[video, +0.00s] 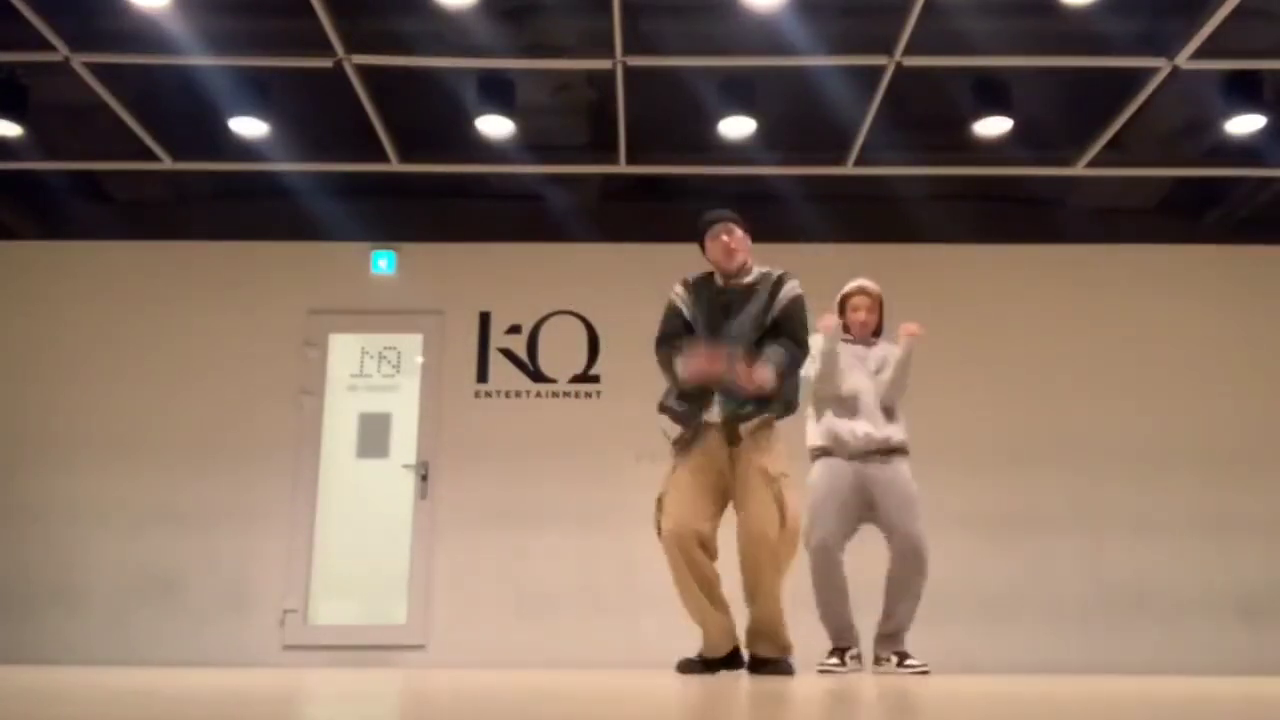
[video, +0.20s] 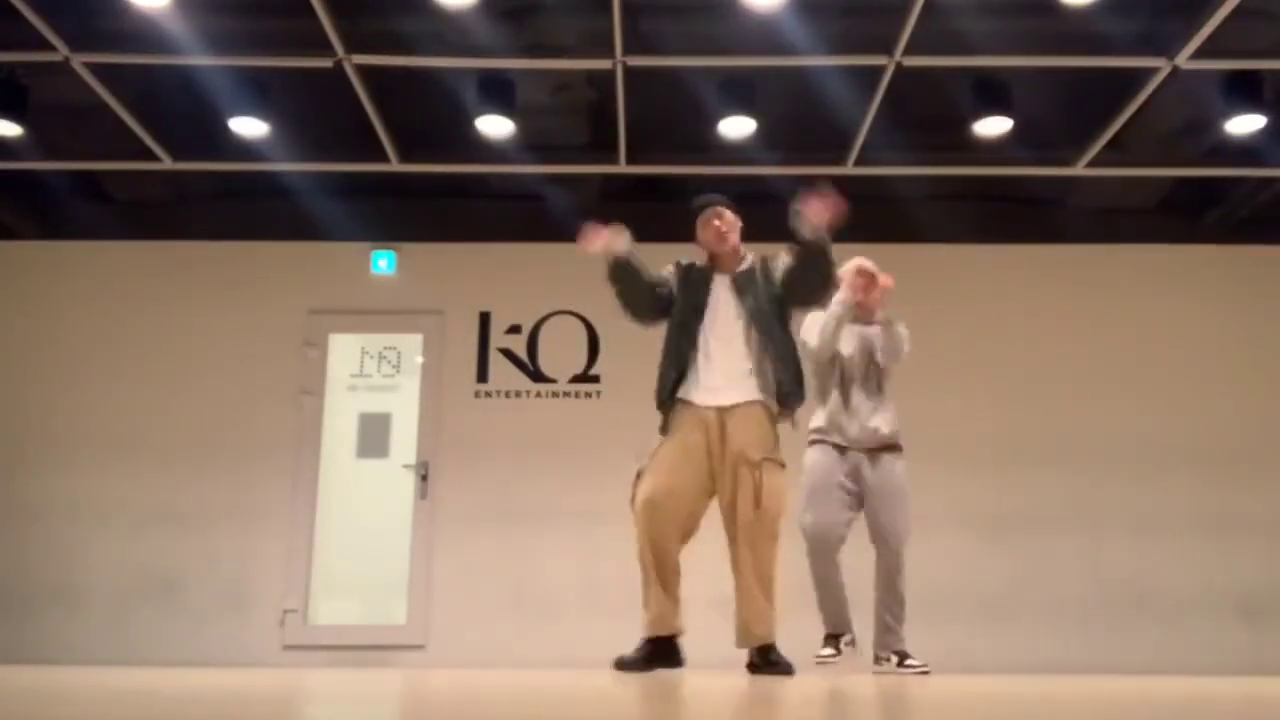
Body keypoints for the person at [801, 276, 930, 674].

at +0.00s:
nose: (862, 315)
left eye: (869, 308)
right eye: (854, 308)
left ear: (879, 315)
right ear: (843, 315)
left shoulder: (889, 353)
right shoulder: (826, 351)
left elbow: (890, 397)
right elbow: (818, 387)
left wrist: (904, 350)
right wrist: (824, 339)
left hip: (888, 461)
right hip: (836, 461)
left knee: (911, 548)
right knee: (821, 544)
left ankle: (890, 646)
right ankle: (843, 646)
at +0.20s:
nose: (862, 292)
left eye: (869, 284)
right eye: (854, 283)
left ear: (879, 291)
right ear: (839, 286)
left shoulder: (884, 329)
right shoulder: (816, 321)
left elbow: (893, 356)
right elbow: (819, 348)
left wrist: (878, 311)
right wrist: (844, 300)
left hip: (881, 447)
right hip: (830, 444)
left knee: (892, 544)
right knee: (819, 533)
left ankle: (890, 647)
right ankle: (836, 632)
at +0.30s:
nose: (848, 290)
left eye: (856, 284)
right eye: (841, 284)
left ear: (869, 288)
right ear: (827, 290)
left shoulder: (885, 321)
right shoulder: (818, 322)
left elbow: (878, 345)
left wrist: (832, 318)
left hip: (873, 445)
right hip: (824, 440)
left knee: (883, 544)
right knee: (812, 529)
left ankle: (888, 646)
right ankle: (817, 634)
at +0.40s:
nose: (840, 299)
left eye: (846, 290)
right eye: (831, 291)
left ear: (858, 294)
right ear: (817, 298)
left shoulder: (875, 323)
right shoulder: (810, 327)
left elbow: (861, 362)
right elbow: (823, 346)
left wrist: (813, 375)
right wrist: (881, 338)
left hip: (870, 449)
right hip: (822, 448)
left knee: (883, 548)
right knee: (813, 546)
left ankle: (889, 648)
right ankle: (800, 645)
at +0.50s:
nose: (819, 301)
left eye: (827, 293)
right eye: (813, 293)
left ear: (843, 298)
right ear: (805, 298)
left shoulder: (867, 325)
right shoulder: (792, 329)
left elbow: (870, 366)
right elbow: (800, 372)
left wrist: (844, 399)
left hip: (869, 454)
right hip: (813, 457)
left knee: (901, 530)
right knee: (800, 554)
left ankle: (913, 637)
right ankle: (801, 644)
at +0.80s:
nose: (839, 287)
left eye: (845, 281)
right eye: (831, 279)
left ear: (852, 289)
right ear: (814, 285)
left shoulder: (864, 324)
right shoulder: (792, 319)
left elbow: (860, 384)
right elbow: (806, 361)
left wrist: (825, 406)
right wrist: (862, 360)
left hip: (868, 443)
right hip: (817, 454)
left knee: (906, 510)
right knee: (808, 553)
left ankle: (932, 627)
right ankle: (799, 644)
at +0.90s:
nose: (838, 281)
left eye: (846, 276)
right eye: (832, 274)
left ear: (858, 288)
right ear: (820, 283)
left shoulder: (876, 331)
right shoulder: (802, 318)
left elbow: (901, 378)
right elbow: (799, 369)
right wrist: (848, 385)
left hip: (872, 448)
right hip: (820, 452)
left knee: (903, 526)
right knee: (813, 552)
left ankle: (916, 638)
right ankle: (800, 644)